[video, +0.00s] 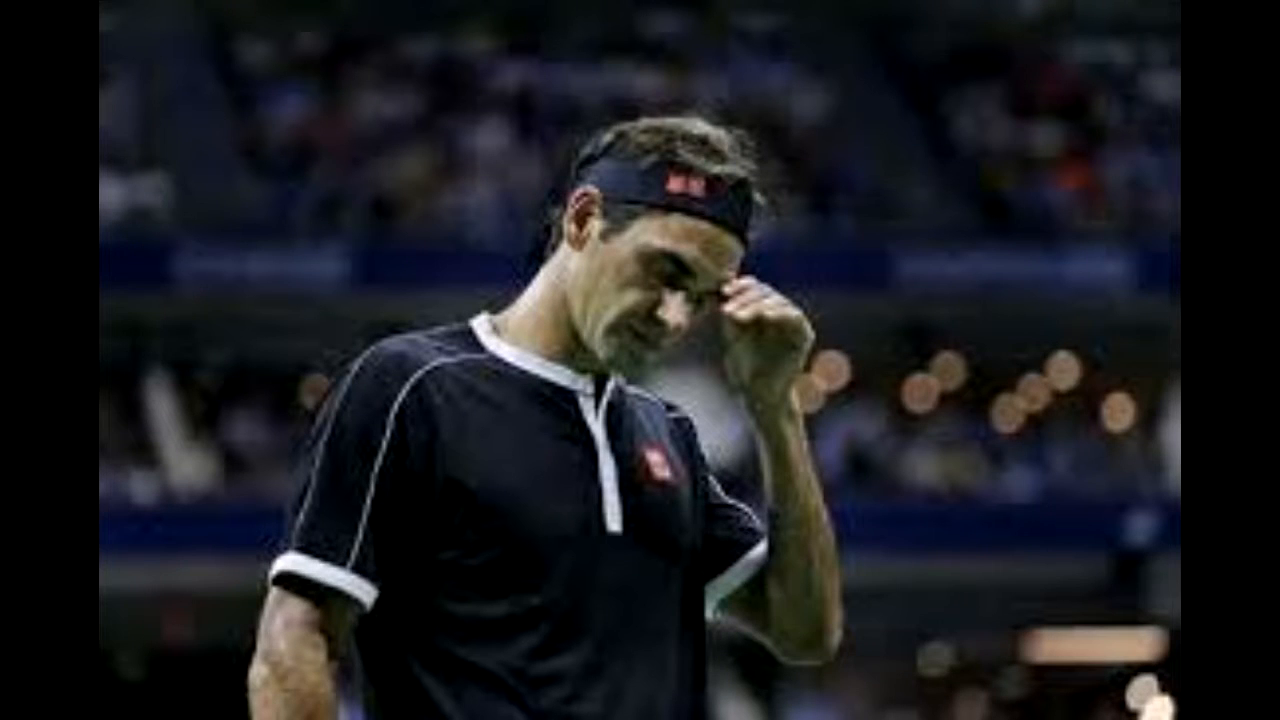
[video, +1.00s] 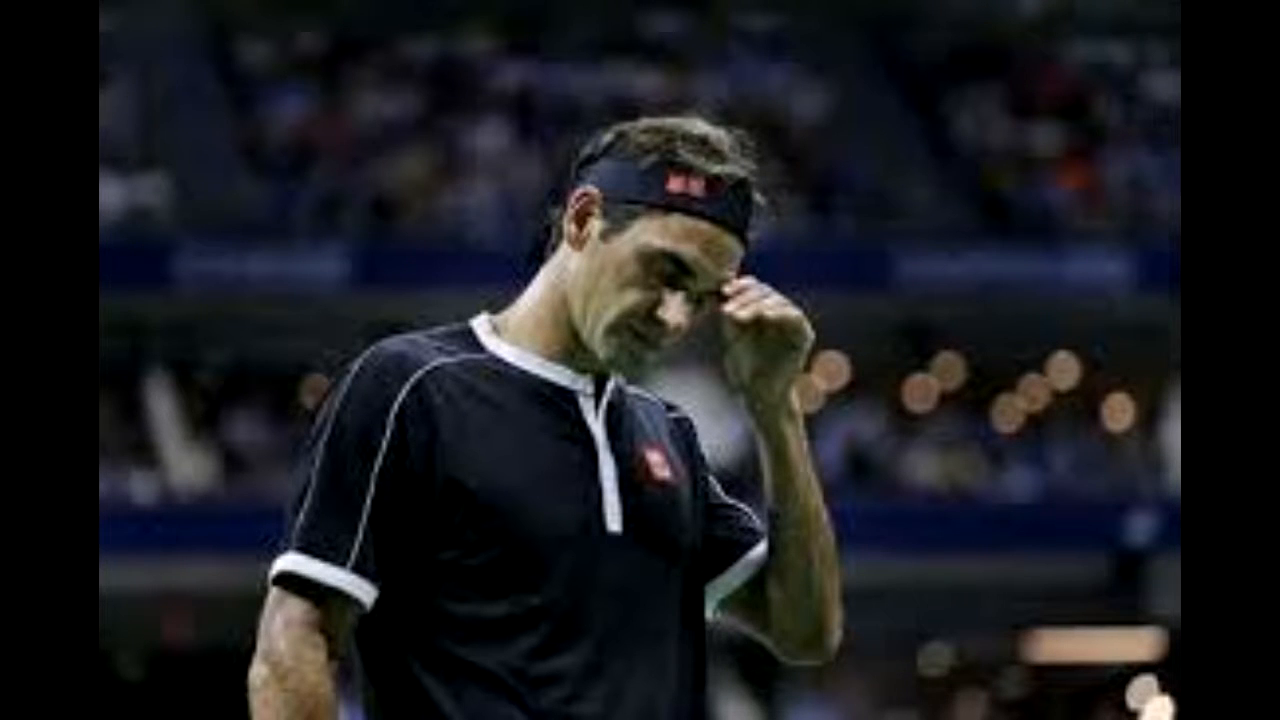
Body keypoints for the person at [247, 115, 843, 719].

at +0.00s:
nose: (675, 318)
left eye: (701, 299)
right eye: (665, 273)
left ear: (718, 301)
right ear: (584, 220)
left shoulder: (664, 436)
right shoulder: (404, 386)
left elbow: (805, 633)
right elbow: (292, 641)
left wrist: (776, 409)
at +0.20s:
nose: (675, 317)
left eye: (701, 299)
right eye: (664, 272)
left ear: (718, 301)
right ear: (584, 221)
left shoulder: (664, 435)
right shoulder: (404, 386)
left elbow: (805, 633)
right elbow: (292, 641)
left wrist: (776, 410)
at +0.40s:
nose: (675, 317)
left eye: (701, 299)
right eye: (664, 272)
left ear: (718, 301)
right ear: (584, 221)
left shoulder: (664, 436)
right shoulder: (404, 386)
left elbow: (805, 633)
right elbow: (292, 641)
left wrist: (776, 410)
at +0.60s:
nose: (675, 317)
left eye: (701, 299)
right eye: (664, 272)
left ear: (718, 301)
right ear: (584, 221)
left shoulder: (664, 436)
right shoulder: (404, 386)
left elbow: (805, 633)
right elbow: (292, 641)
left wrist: (776, 410)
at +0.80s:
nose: (675, 317)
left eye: (701, 299)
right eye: (664, 272)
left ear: (718, 301)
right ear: (584, 221)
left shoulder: (664, 436)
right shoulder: (404, 386)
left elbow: (805, 633)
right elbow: (292, 641)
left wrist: (776, 410)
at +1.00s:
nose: (675, 318)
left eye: (702, 299)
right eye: (665, 273)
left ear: (720, 301)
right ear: (584, 221)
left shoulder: (664, 435)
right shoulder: (404, 386)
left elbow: (805, 633)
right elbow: (292, 642)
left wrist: (776, 410)